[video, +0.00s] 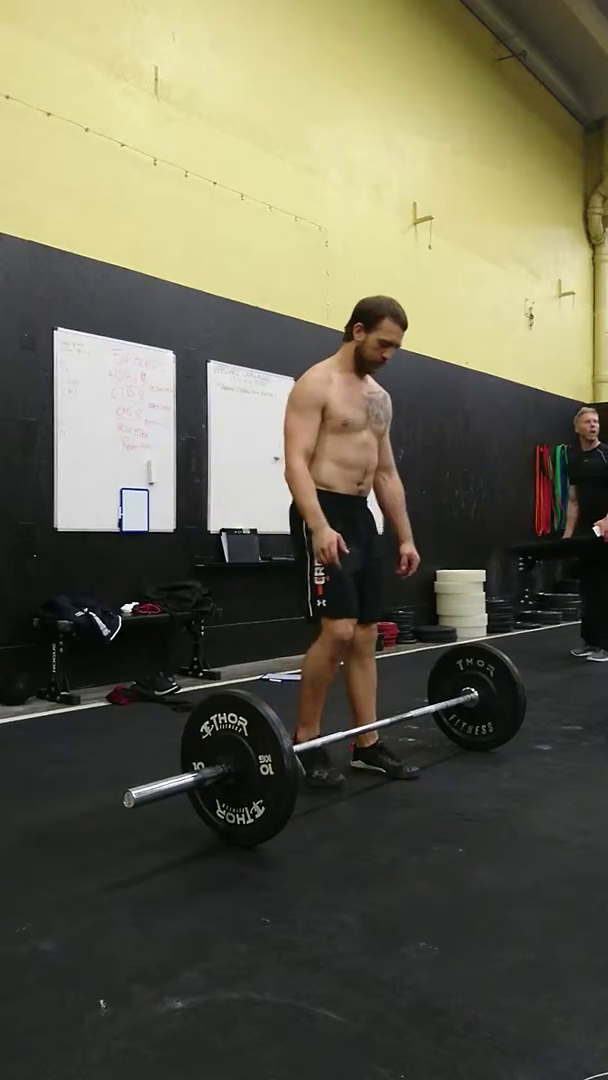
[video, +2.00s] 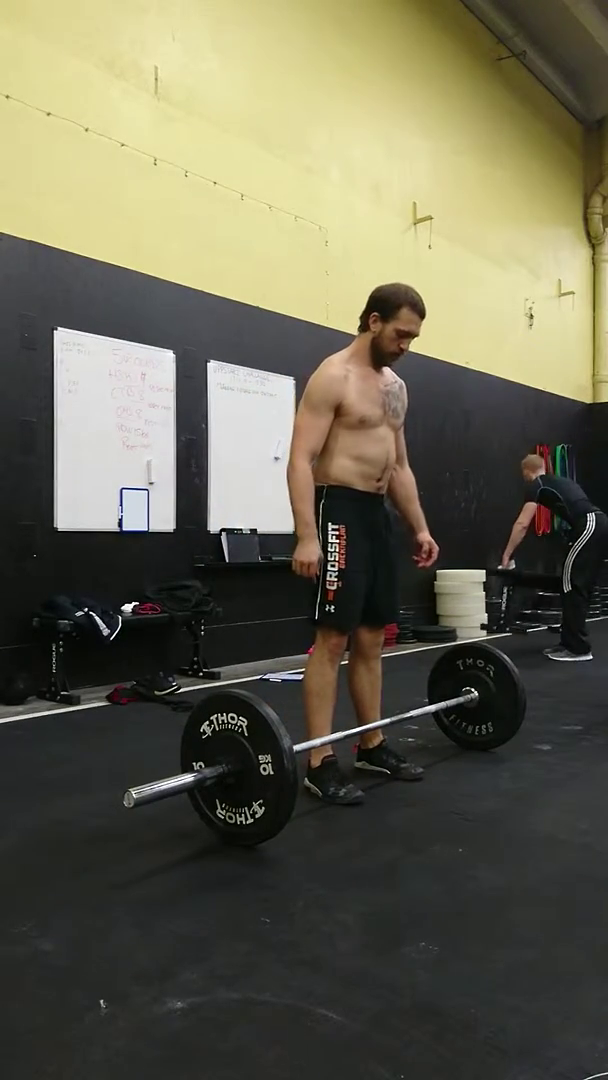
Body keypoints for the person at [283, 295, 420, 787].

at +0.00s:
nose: (388, 354)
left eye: (394, 347)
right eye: (383, 344)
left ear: (393, 344)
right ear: (356, 332)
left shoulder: (379, 397)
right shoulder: (315, 383)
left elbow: (385, 473)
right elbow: (295, 461)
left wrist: (405, 536)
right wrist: (319, 526)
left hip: (362, 517)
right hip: (323, 515)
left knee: (364, 635)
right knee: (337, 631)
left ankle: (366, 743)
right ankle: (305, 743)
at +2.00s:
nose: (407, 345)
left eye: (413, 337)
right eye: (402, 334)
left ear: (410, 333)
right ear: (372, 321)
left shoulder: (395, 385)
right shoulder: (333, 374)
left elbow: (398, 467)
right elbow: (300, 458)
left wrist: (419, 527)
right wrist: (306, 536)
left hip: (376, 515)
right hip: (336, 511)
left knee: (371, 636)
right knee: (333, 639)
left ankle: (371, 746)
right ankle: (318, 763)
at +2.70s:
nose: (460, 524)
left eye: (467, 520)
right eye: (460, 514)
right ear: (440, 491)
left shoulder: (435, 532)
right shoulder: (377, 519)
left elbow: (420, 603)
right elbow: (343, 616)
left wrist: (414, 679)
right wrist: (332, 697)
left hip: (347, 552)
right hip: (297, 540)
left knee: (387, 637)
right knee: (331, 644)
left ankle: (372, 747)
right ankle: (319, 762)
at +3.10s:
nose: (468, 542)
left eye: (475, 536)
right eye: (466, 532)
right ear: (443, 511)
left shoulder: (443, 554)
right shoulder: (383, 543)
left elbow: (427, 624)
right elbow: (347, 637)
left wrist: (418, 695)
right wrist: (335, 717)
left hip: (347, 567)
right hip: (299, 555)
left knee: (400, 644)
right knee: (354, 647)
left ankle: (373, 747)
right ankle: (322, 764)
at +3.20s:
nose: (469, 537)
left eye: (476, 530)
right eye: (467, 526)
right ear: (442, 507)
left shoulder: (445, 553)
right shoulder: (384, 543)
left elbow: (427, 624)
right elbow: (347, 637)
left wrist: (417, 695)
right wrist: (336, 717)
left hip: (349, 570)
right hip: (302, 561)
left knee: (404, 645)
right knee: (359, 648)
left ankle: (373, 747)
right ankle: (321, 763)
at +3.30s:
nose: (470, 532)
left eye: (476, 524)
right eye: (466, 521)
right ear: (440, 502)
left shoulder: (444, 552)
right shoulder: (384, 542)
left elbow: (427, 624)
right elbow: (348, 636)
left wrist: (418, 695)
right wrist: (337, 716)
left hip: (351, 573)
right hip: (303, 565)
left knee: (407, 646)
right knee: (361, 648)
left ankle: (373, 747)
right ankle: (321, 763)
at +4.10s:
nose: (380, 305)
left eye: (382, 298)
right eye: (371, 297)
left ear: (378, 306)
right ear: (341, 302)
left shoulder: (379, 354)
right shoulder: (324, 335)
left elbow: (394, 416)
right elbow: (295, 386)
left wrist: (434, 445)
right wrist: (354, 429)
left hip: (388, 490)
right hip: (343, 490)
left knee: (404, 619)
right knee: (359, 620)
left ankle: (385, 731)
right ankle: (329, 750)